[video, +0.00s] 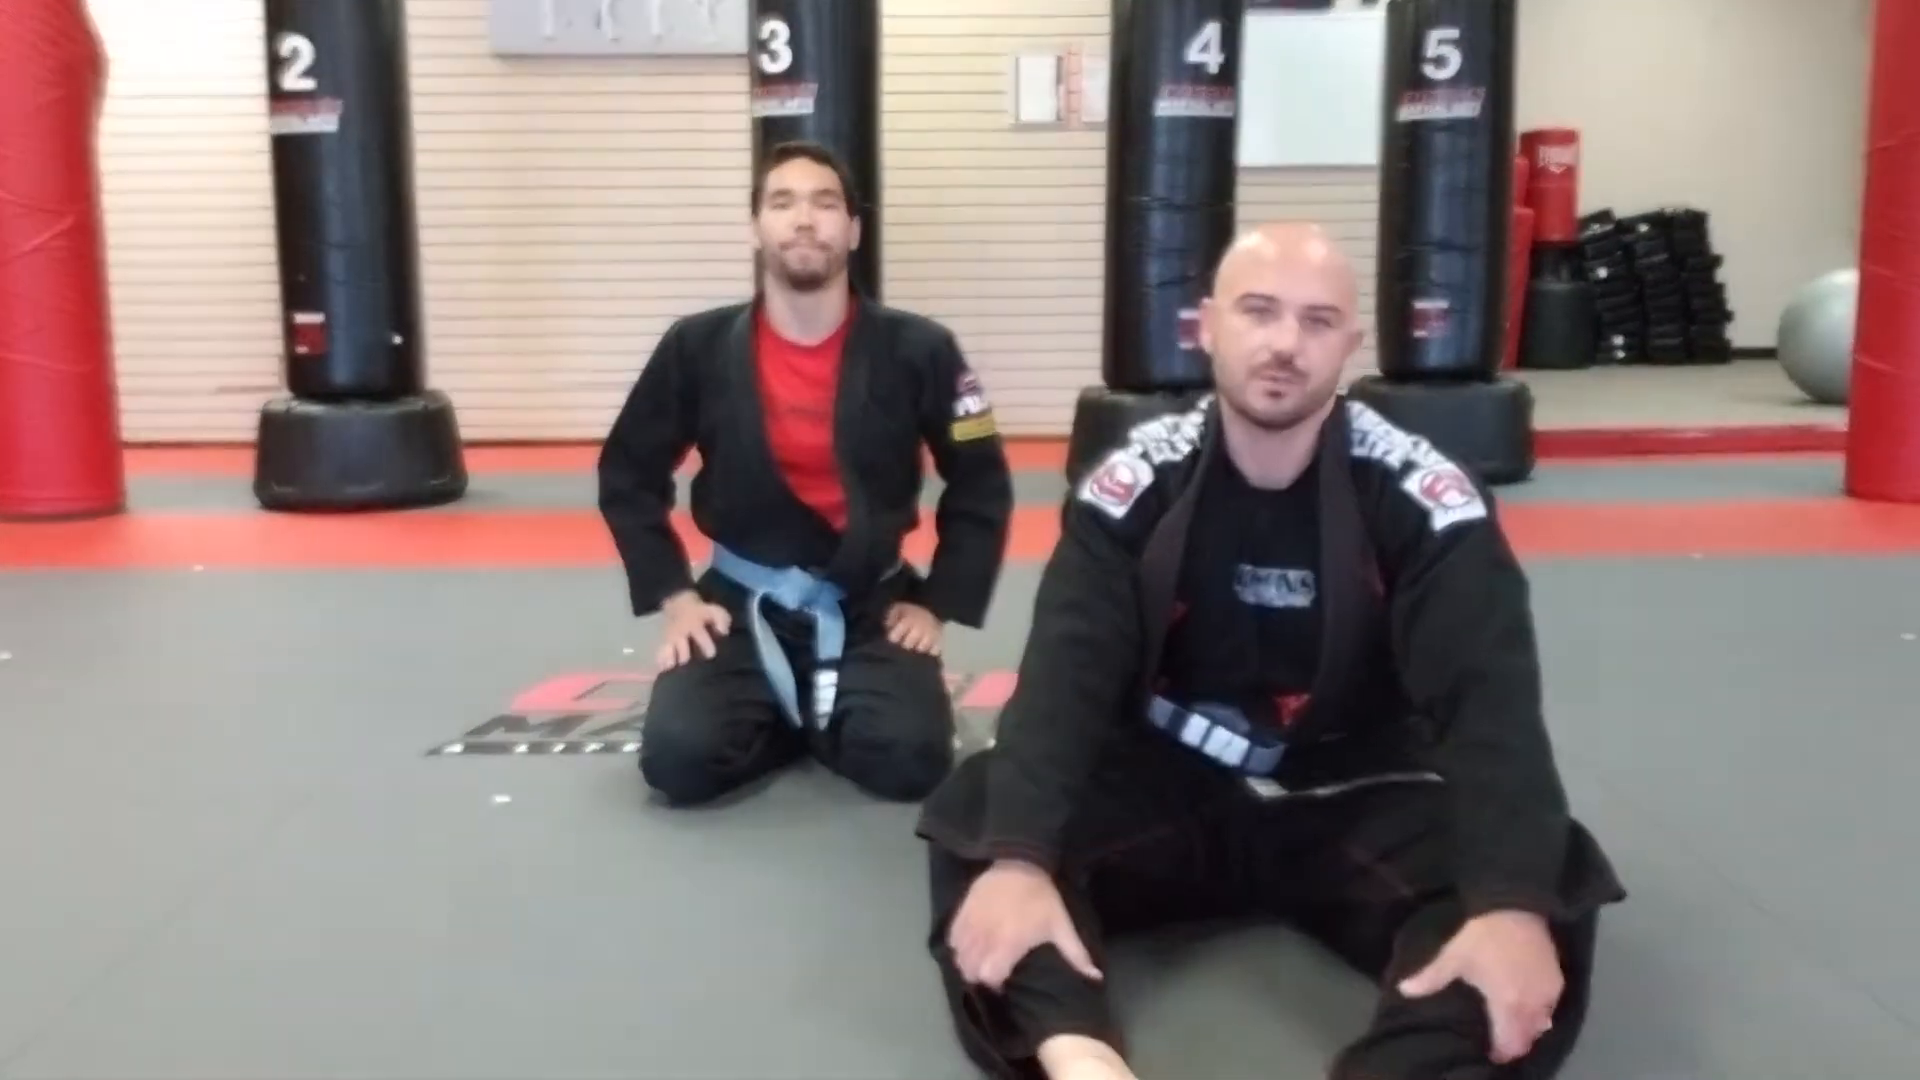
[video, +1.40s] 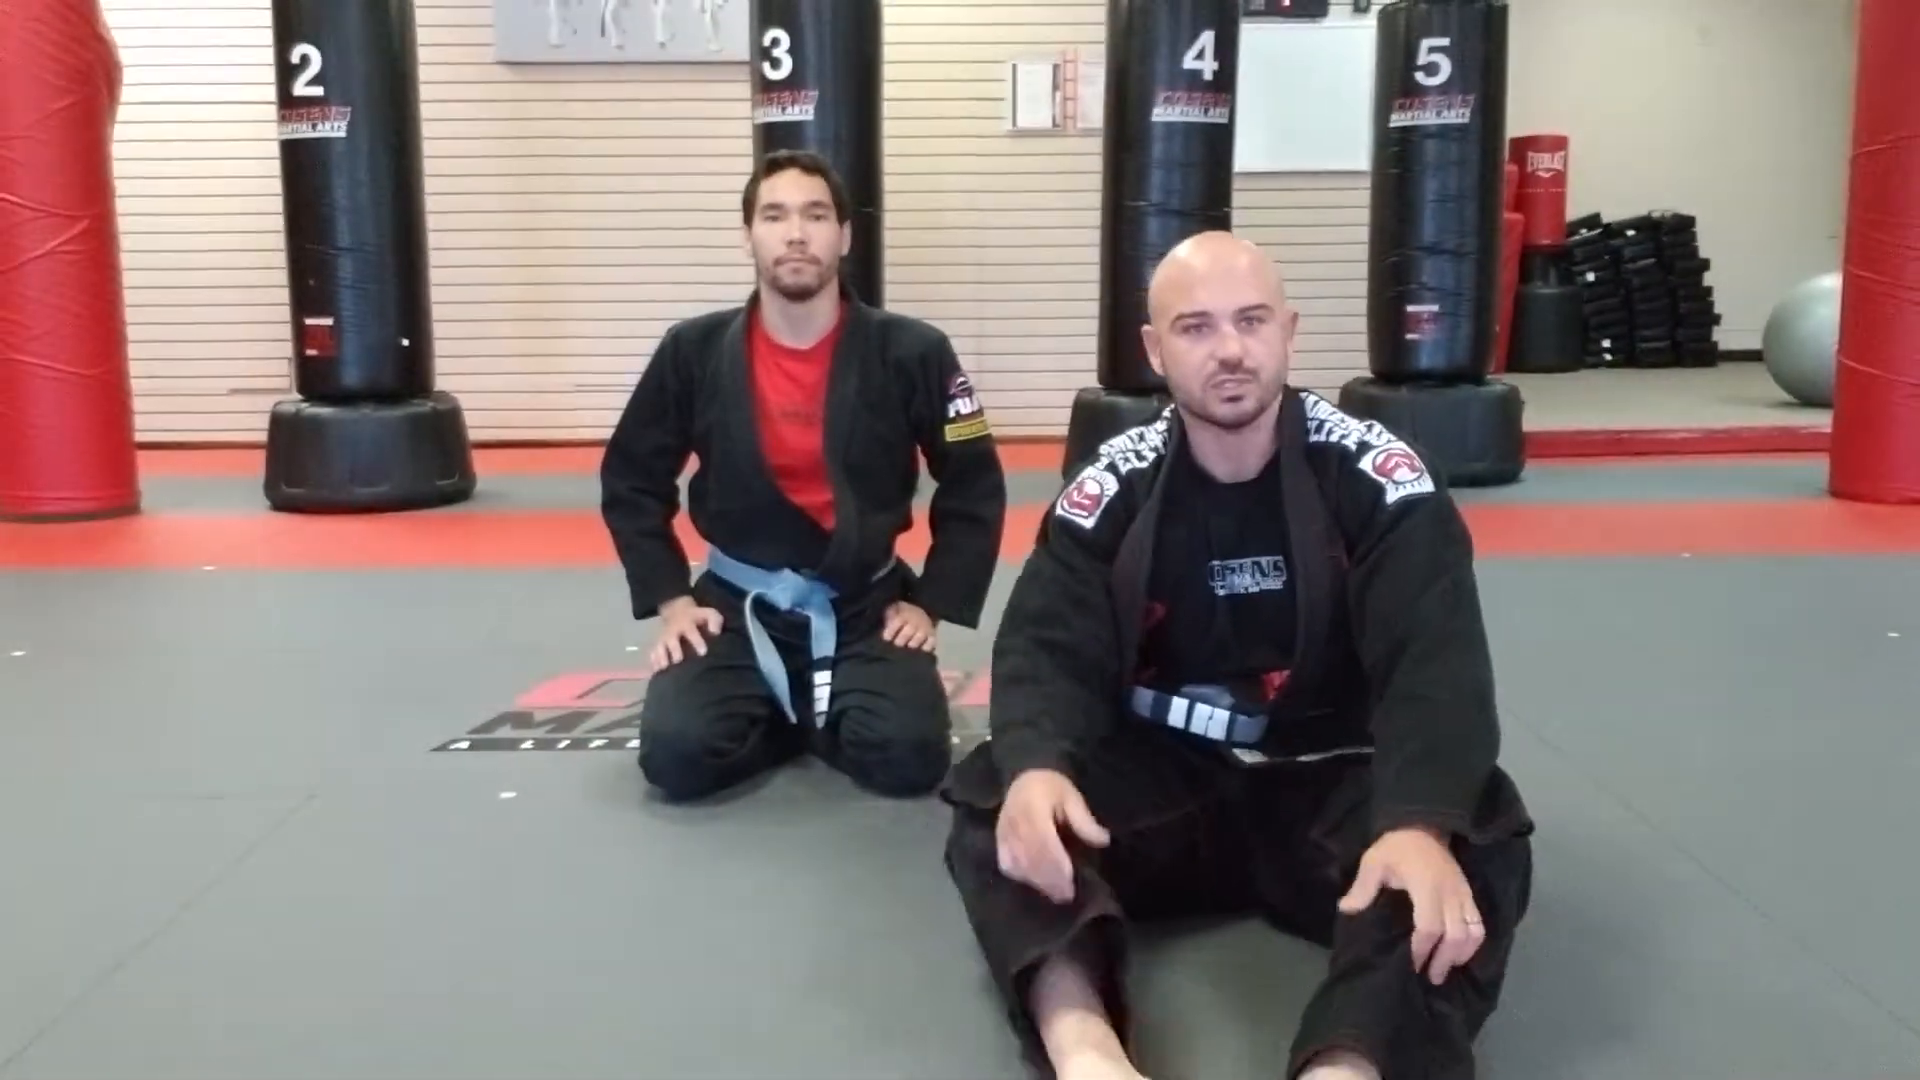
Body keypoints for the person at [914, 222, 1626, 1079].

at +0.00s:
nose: (1285, 344)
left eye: (1317, 323)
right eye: (1258, 312)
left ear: (1351, 347)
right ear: (1205, 328)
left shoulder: (1419, 490)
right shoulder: (1136, 479)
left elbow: (1487, 701)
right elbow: (1065, 675)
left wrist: (1511, 905)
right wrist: (1017, 858)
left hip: (1356, 815)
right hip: (1163, 800)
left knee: (1540, 877)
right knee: (979, 812)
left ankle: (1404, 1059)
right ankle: (1080, 1059)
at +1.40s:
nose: (1230, 350)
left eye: (1253, 320)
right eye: (1198, 329)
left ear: (1289, 331)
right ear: (1155, 351)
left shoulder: (1374, 470)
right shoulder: (1116, 479)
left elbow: (1435, 659)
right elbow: (1047, 641)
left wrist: (1416, 823)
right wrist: (1033, 765)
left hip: (1330, 794)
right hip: (1151, 784)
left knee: (1466, 833)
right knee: (995, 791)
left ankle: (1346, 1064)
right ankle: (1084, 1052)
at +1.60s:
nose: (1243, 329)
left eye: (1266, 304)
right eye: (1213, 307)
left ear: (1301, 324)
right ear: (1171, 333)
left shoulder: (1386, 462)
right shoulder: (1120, 472)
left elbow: (1474, 630)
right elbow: (1042, 640)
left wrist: (1517, 779)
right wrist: (972, 713)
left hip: (1332, 765)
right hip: (1162, 757)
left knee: (1419, 802)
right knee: (1035, 771)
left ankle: (1323, 1061)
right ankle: (1104, 1052)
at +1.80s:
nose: (1241, 323)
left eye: (1263, 300)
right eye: (1211, 305)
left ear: (1300, 322)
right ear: (1174, 336)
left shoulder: (1391, 467)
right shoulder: (1117, 475)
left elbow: (1498, 657)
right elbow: (1014, 641)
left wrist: (1553, 849)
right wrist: (926, 786)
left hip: (1333, 774)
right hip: (1169, 770)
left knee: (1367, 750)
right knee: (1047, 711)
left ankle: (1288, 1052)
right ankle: (1113, 1032)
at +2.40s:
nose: (1079, 379)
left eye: (1101, 340)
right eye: (1044, 354)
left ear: (1153, 325)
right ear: (1011, 358)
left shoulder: (1272, 459)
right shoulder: (974, 477)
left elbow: (1394, 666)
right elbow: (926, 682)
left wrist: (1435, 870)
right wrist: (914, 883)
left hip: (1293, 785)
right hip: (1093, 774)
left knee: (1199, 700)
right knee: (905, 792)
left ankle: (1044, 1041)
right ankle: (810, 1037)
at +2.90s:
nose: (1050, 402)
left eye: (1085, 372)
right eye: (1021, 371)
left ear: (1139, 387)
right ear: (985, 380)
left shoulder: (1218, 526)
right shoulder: (885, 512)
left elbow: (1371, 712)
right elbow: (801, 694)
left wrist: (1437, 889)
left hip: (1076, 899)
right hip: (880, 893)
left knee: (1255, 677)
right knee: (730, 611)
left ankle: (1048, 1057)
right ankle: (778, 1040)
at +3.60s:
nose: (891, 535)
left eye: (912, 509)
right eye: (859, 515)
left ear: (950, 519)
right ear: (812, 543)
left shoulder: (1037, 614)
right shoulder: (760, 643)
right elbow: (678, 779)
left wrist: (1068, 579)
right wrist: (650, 1002)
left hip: (1045, 949)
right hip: (845, 960)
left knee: (1126, 553)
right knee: (674, 620)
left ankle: (1171, 965)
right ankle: (782, 1035)